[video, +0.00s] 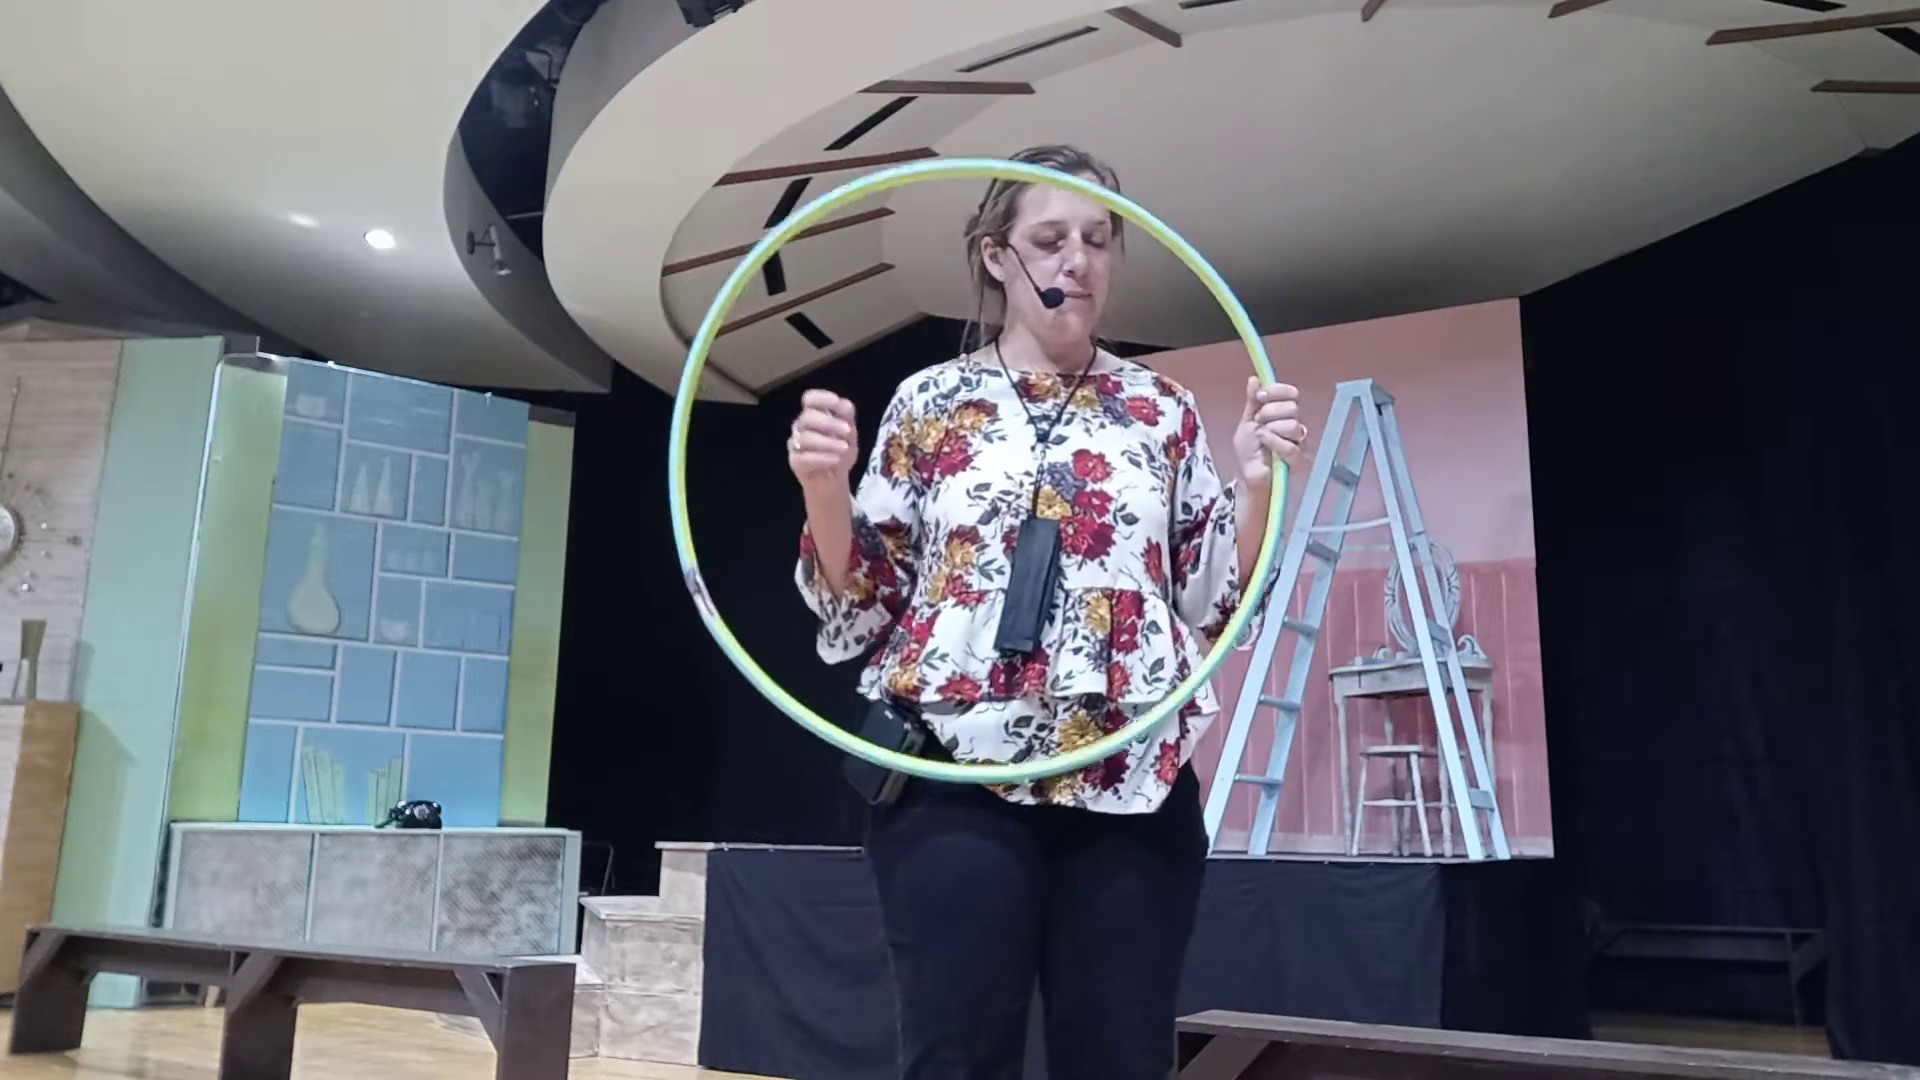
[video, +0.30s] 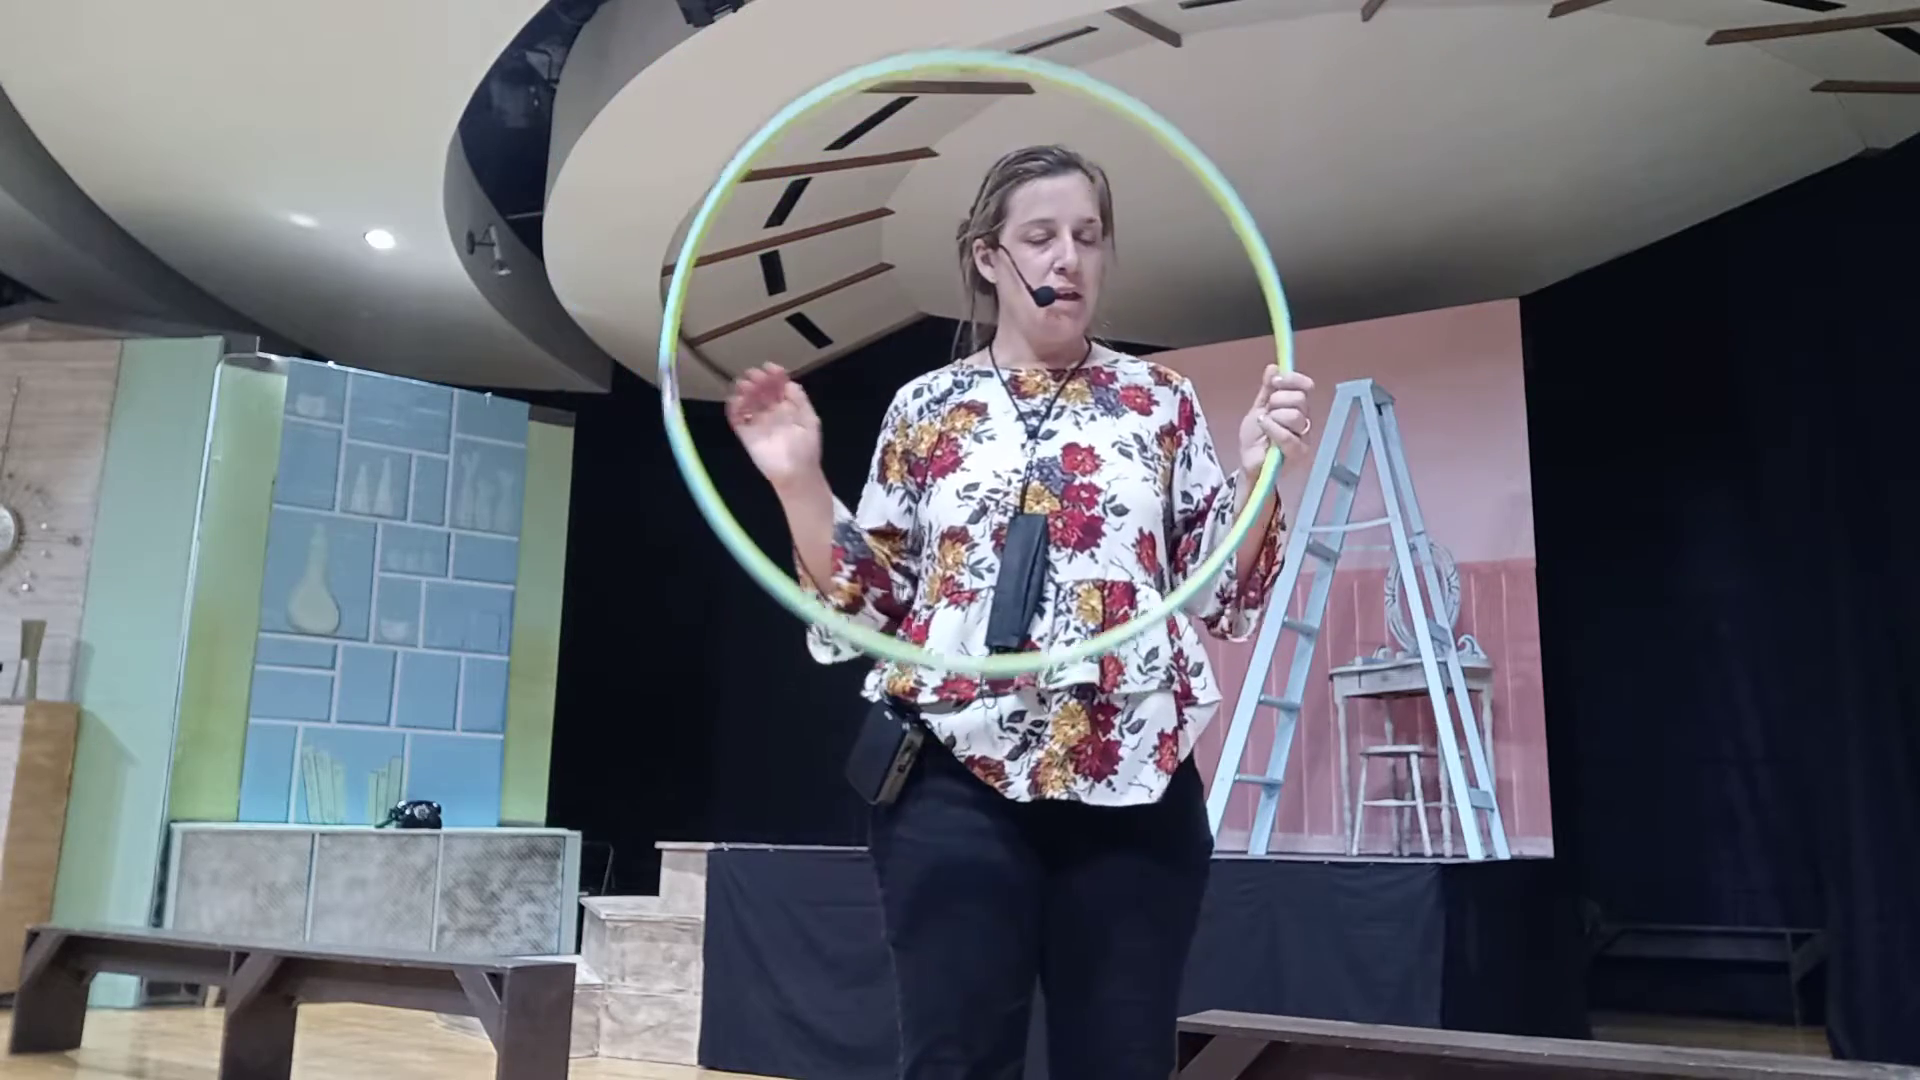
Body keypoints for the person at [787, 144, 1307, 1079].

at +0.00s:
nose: (1074, 261)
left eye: (1095, 242)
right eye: (1048, 239)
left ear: (1117, 267)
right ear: (998, 260)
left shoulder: (1165, 414)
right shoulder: (927, 406)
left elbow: (1210, 607)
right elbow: (853, 625)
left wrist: (1255, 483)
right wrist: (824, 500)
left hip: (1132, 801)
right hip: (958, 795)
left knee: (1120, 1064)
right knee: (959, 1060)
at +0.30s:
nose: (1065, 258)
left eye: (1086, 237)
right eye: (1038, 236)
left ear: (1108, 260)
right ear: (988, 260)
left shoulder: (1160, 399)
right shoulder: (925, 408)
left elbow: (1223, 600)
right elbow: (867, 610)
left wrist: (1261, 472)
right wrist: (800, 481)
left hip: (1133, 804)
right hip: (955, 796)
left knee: (1119, 1063)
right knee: (956, 1062)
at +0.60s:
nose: (1050, 249)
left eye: (1072, 230)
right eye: (1024, 233)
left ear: (1103, 261)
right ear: (985, 266)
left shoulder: (1169, 402)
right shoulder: (930, 403)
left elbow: (1223, 597)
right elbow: (843, 594)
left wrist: (1265, 466)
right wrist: (771, 467)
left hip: (1134, 798)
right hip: (958, 789)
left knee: (1118, 1063)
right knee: (957, 1059)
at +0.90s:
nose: (1027, 254)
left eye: (1054, 233)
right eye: (1005, 236)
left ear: (1098, 260)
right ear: (980, 265)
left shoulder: (1164, 403)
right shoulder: (928, 404)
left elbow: (1221, 600)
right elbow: (849, 585)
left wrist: (1271, 483)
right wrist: (773, 460)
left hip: (1132, 796)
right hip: (957, 785)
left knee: (1117, 1063)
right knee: (955, 1059)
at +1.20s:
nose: (1035, 249)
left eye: (1058, 230)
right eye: (1009, 233)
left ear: (1094, 257)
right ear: (977, 268)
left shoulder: (1160, 402)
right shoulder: (923, 406)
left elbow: (1214, 607)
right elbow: (849, 595)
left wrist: (1276, 511)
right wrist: (769, 472)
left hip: (1130, 798)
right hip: (951, 792)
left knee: (1116, 1063)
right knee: (952, 1060)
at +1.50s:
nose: (1016, 250)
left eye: (1039, 229)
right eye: (990, 233)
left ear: (1076, 254)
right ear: (959, 268)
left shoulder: (1149, 400)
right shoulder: (913, 409)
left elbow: (1203, 603)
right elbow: (850, 603)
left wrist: (1265, 506)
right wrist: (755, 495)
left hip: (1116, 797)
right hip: (937, 793)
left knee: (1106, 1063)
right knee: (941, 1061)